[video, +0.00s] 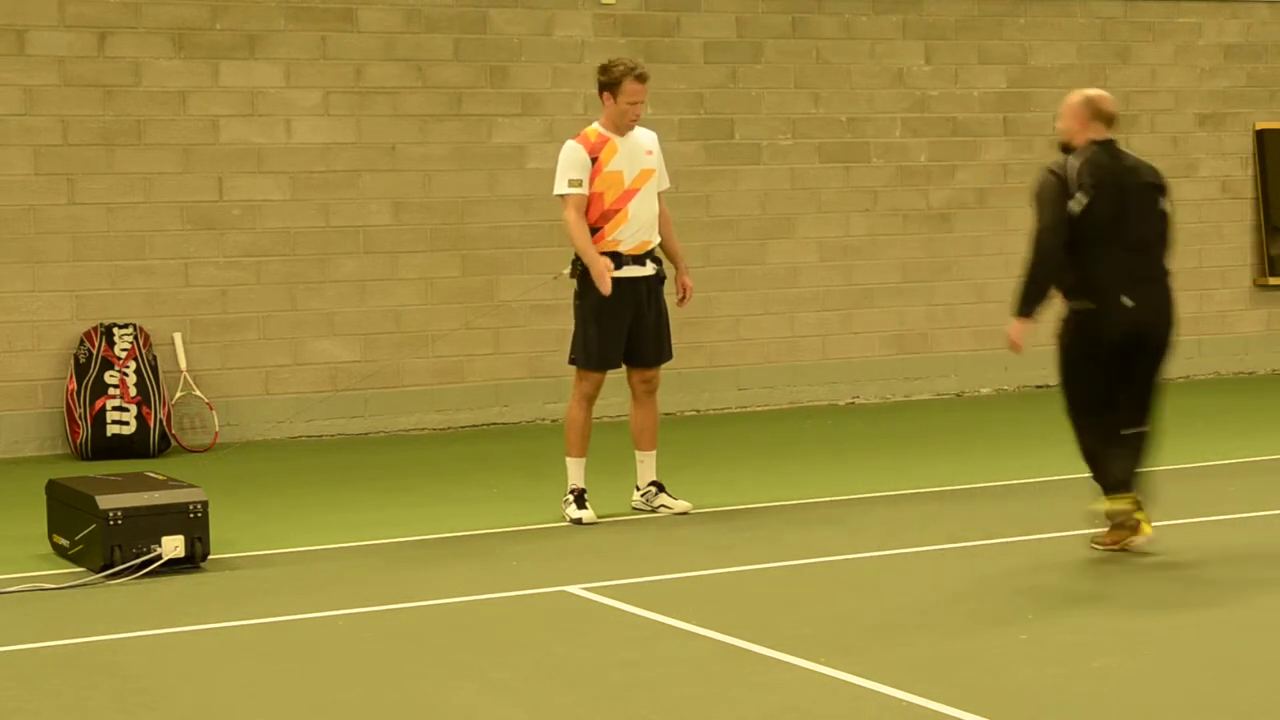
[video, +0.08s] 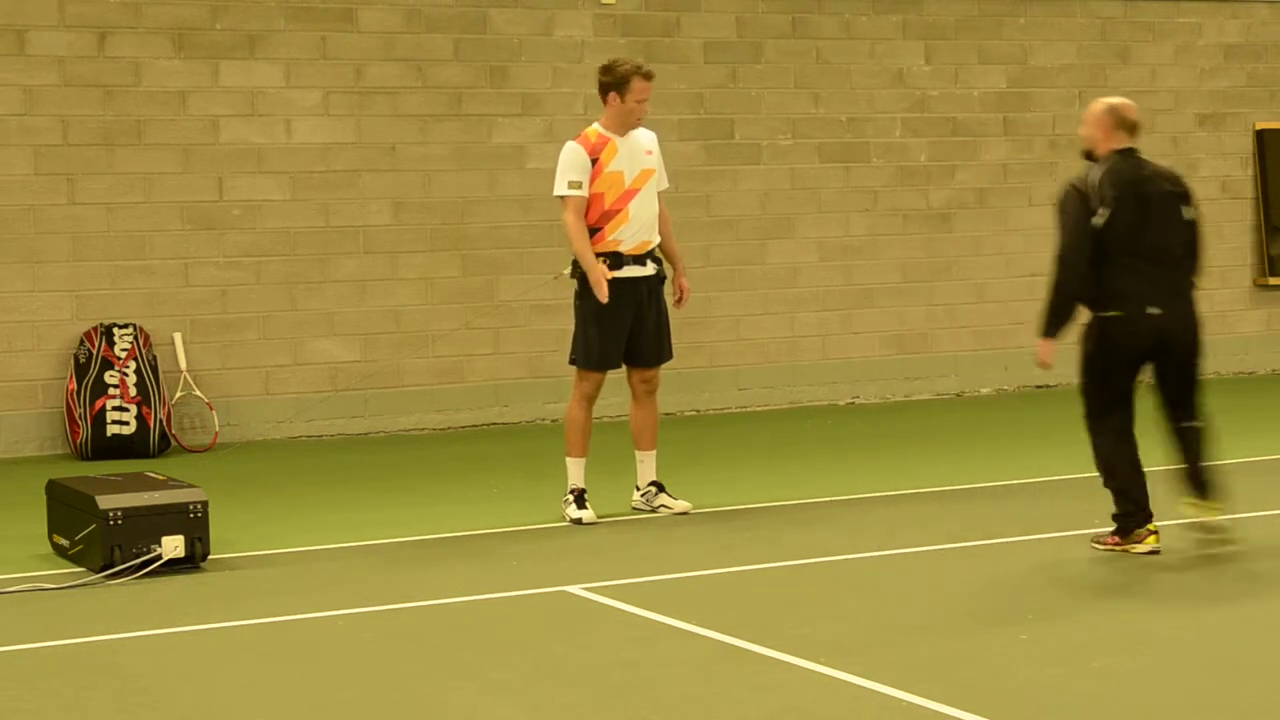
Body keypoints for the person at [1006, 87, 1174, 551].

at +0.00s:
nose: (1059, 126)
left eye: (1065, 118)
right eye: (1061, 117)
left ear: (1085, 122)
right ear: (1106, 122)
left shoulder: (1063, 176)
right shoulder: (1147, 175)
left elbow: (1050, 246)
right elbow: (1156, 245)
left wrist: (1024, 310)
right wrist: (1130, 286)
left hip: (1092, 318)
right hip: (1151, 315)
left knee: (1087, 408)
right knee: (1132, 408)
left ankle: (1125, 508)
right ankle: (1123, 511)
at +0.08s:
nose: (1080, 132)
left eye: (1086, 124)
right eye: (1084, 123)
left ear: (1105, 130)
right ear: (1127, 132)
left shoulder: (1086, 187)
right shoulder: (1172, 183)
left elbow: (1073, 264)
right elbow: (1189, 256)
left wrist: (1049, 331)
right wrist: (1168, 294)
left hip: (1116, 325)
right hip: (1176, 321)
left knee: (1108, 417)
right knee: (1183, 408)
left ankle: (1135, 524)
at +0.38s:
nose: (1160, 155)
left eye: (1166, 148)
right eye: (1162, 147)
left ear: (1186, 155)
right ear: (1205, 156)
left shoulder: (1165, 212)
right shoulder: (1253, 201)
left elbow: (1160, 285)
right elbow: (1273, 267)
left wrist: (1160, 338)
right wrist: (1263, 315)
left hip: (1204, 337)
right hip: (1265, 336)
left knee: (1154, 420)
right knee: (1274, 424)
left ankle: (1141, 522)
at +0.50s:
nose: (1166, 151)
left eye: (1172, 144)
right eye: (1169, 143)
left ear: (1192, 149)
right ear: (1213, 151)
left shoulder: (1174, 205)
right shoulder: (1263, 195)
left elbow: (1166, 282)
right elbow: (1274, 263)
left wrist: (1174, 337)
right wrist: (1264, 313)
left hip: (1209, 332)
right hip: (1269, 332)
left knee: (1154, 419)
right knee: (1273, 422)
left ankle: (1140, 522)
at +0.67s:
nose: (1154, 150)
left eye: (1160, 142)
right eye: (1157, 142)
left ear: (1181, 149)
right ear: (1201, 149)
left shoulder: (1165, 205)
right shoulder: (1248, 196)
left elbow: (1154, 277)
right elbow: (1272, 263)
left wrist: (1140, 327)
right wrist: (1270, 320)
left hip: (1199, 334)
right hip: (1256, 332)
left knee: (1136, 420)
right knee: (1271, 425)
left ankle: (1137, 525)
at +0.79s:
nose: (1126, 144)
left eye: (1133, 136)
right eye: (1129, 136)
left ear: (1154, 143)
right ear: (1171, 145)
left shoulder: (1136, 200)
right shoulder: (1218, 191)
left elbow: (1128, 274)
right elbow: (1249, 264)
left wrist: (1110, 327)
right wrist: (1240, 312)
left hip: (1168, 331)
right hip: (1226, 329)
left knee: (1123, 421)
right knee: (1264, 420)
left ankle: (1136, 526)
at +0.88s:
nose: (1106, 140)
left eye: (1111, 131)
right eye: (1108, 131)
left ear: (1132, 136)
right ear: (1155, 137)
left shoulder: (1116, 193)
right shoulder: (1200, 186)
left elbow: (1105, 269)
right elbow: (1226, 258)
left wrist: (1090, 330)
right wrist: (1215, 303)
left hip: (1150, 328)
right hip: (1207, 324)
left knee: (1117, 422)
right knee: (1244, 420)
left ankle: (1135, 525)